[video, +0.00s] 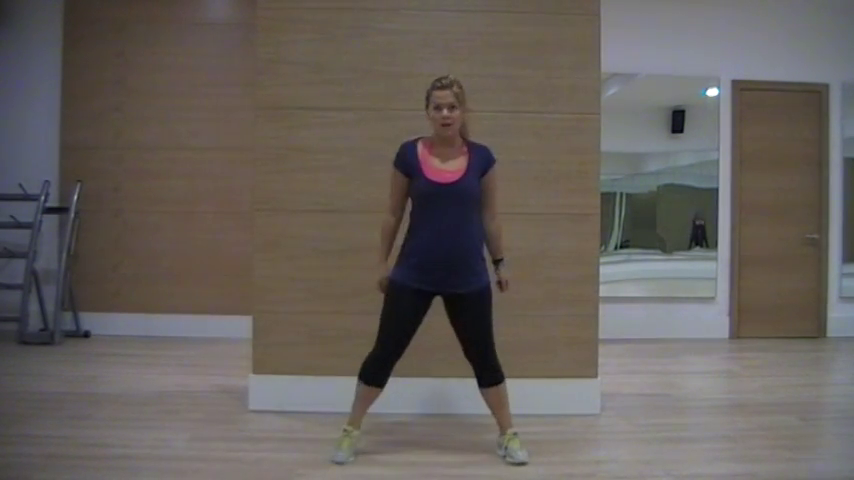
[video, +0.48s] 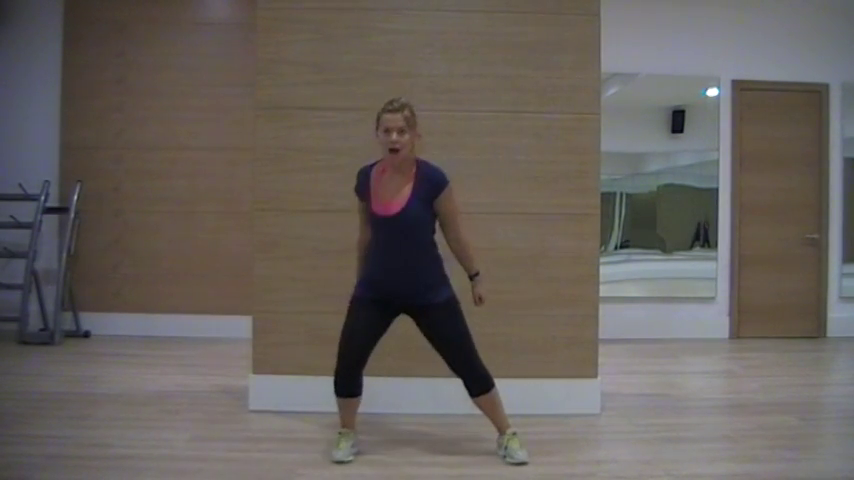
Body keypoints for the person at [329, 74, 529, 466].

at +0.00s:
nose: (445, 114)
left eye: (452, 107)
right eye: (437, 108)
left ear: (463, 111)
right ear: (427, 113)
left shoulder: (480, 157)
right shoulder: (410, 155)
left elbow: (490, 215)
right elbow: (394, 213)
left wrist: (500, 264)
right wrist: (383, 264)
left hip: (466, 272)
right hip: (415, 270)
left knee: (484, 356)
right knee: (385, 352)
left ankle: (508, 434)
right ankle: (351, 430)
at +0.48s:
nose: (393, 138)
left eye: (400, 131)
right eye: (386, 131)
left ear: (414, 135)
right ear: (377, 136)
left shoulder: (431, 178)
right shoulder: (367, 177)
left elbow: (453, 233)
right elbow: (365, 235)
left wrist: (475, 275)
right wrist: (360, 285)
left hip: (427, 289)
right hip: (377, 289)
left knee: (467, 364)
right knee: (347, 363)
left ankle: (506, 434)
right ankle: (346, 433)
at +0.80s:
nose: (375, 184)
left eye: (382, 177)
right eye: (368, 177)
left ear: (395, 181)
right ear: (358, 180)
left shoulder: (413, 218)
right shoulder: (349, 215)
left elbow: (440, 259)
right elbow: (354, 261)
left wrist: (462, 294)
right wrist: (357, 299)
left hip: (423, 303)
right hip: (373, 304)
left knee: (469, 365)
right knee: (341, 362)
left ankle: (506, 435)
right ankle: (346, 435)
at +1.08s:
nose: (387, 226)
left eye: (395, 219)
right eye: (380, 218)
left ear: (406, 221)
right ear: (369, 220)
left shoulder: (425, 251)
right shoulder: (356, 249)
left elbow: (451, 281)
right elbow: (352, 283)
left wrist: (467, 306)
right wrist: (351, 320)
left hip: (429, 311)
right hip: (380, 312)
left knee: (476, 367)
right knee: (347, 365)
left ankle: (507, 436)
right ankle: (346, 435)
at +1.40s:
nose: (428, 266)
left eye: (435, 258)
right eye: (420, 258)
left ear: (445, 258)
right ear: (406, 255)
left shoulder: (460, 280)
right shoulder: (385, 273)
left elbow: (468, 307)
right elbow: (361, 296)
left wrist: (468, 327)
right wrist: (355, 323)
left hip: (442, 320)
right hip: (388, 318)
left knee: (484, 366)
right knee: (358, 369)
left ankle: (507, 435)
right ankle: (347, 434)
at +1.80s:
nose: (483, 269)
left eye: (489, 260)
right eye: (474, 261)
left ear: (497, 256)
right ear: (458, 257)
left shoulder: (503, 274)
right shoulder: (430, 266)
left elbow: (484, 289)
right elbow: (388, 275)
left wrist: (481, 303)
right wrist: (365, 302)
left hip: (452, 314)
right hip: (402, 307)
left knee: (493, 361)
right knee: (372, 368)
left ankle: (509, 436)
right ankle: (348, 435)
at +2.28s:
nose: (513, 221)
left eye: (520, 214)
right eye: (505, 213)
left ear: (528, 213)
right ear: (488, 210)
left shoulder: (522, 234)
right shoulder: (457, 228)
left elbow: (482, 257)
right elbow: (409, 246)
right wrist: (380, 277)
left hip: (459, 290)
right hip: (409, 287)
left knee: (492, 357)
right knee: (384, 362)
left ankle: (508, 436)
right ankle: (350, 434)